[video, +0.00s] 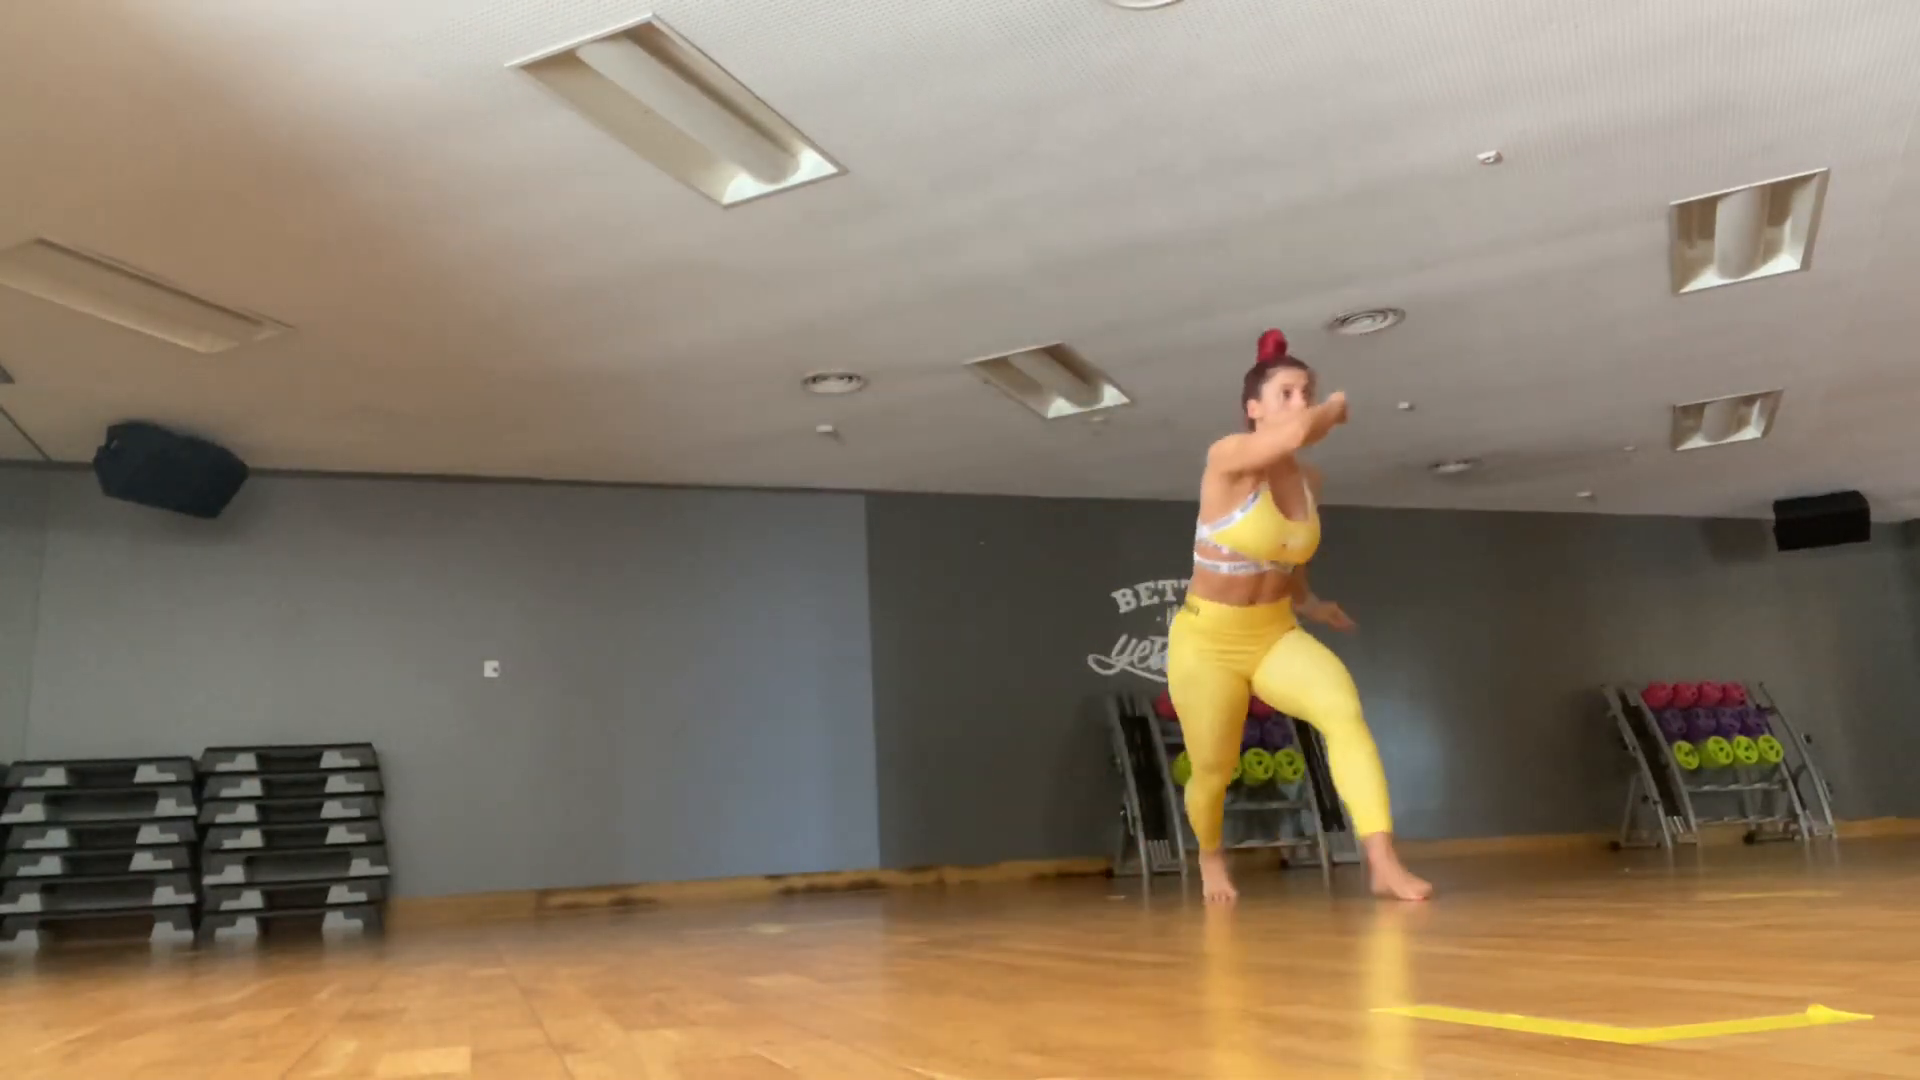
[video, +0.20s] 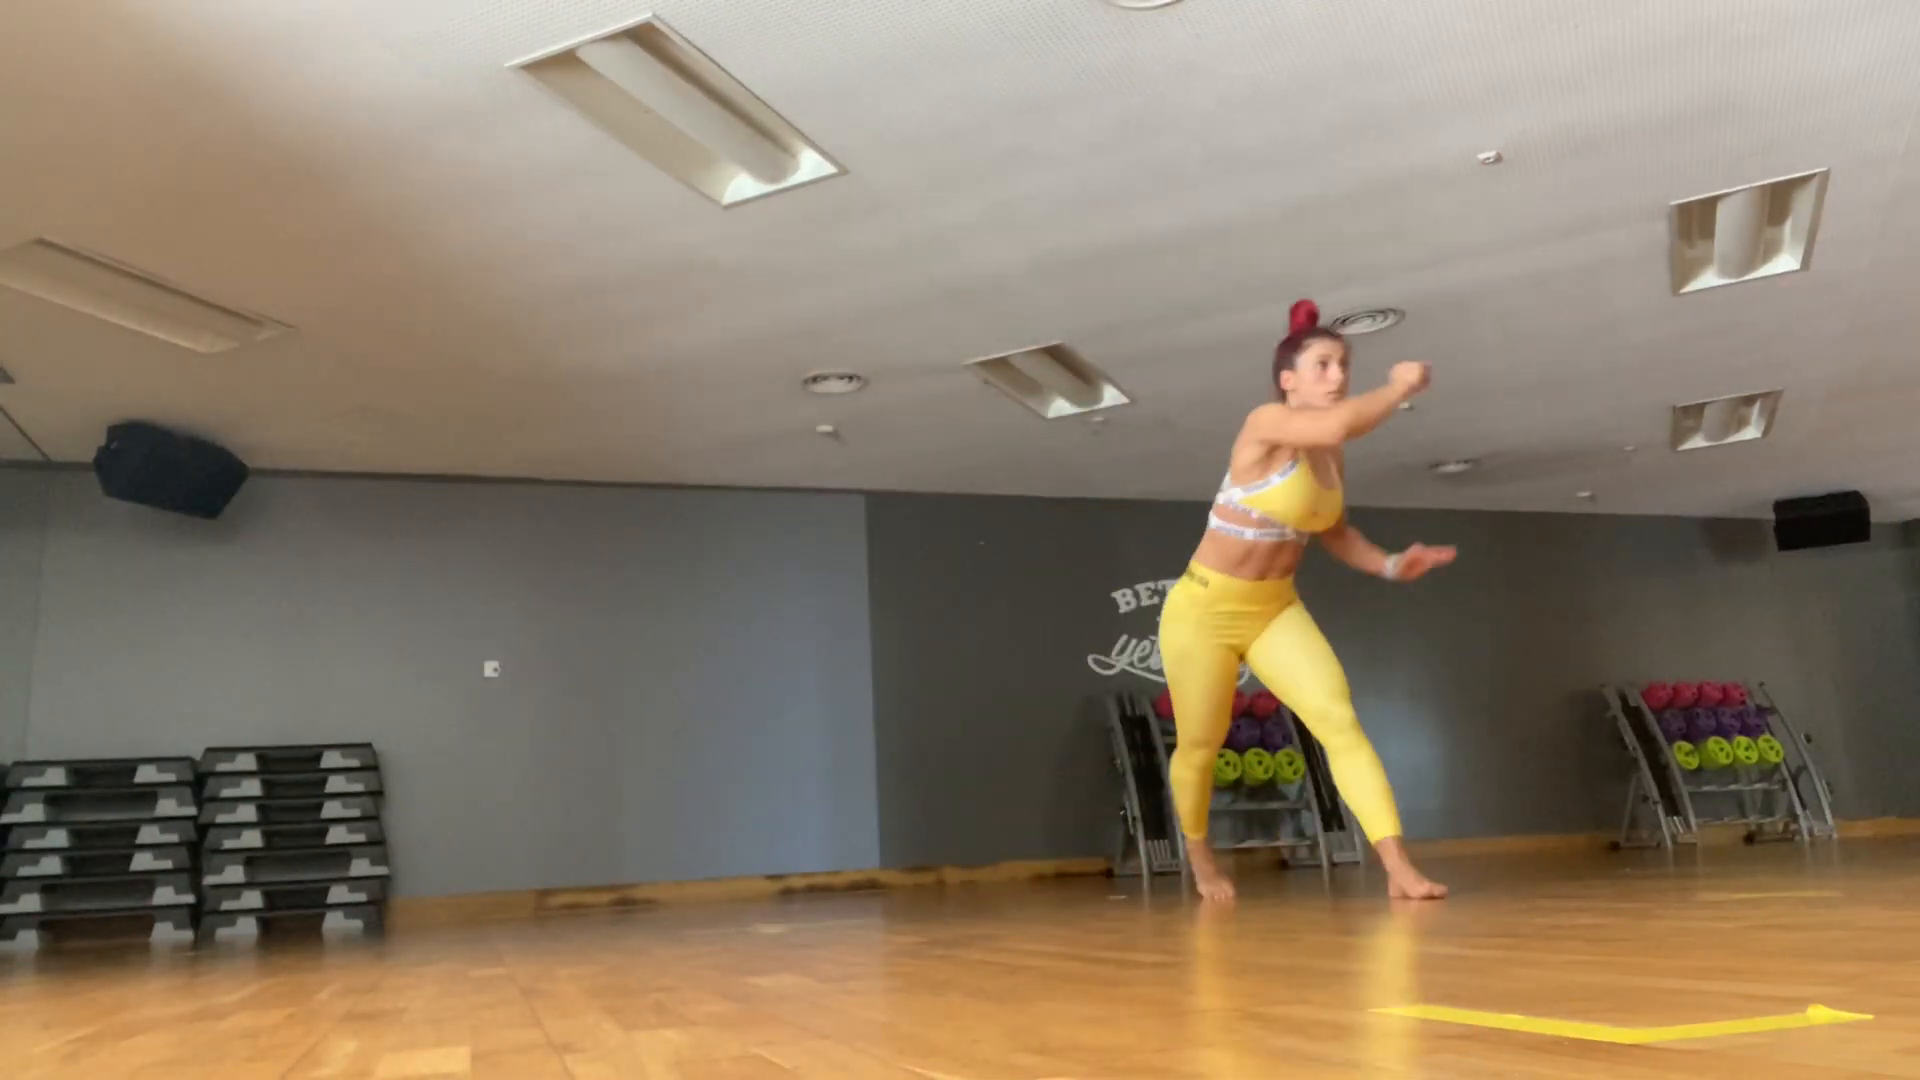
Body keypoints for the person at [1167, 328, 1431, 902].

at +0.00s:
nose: (1303, 405)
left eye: (1308, 394)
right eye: (1288, 394)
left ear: (1312, 403)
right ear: (1253, 408)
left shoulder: (1307, 477)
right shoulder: (1226, 457)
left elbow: (1288, 554)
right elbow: (1284, 439)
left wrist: (1309, 604)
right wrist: (1327, 413)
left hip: (1275, 637)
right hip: (1207, 641)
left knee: (1342, 709)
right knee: (1213, 769)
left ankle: (1382, 862)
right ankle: (1211, 861)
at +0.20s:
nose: (1337, 375)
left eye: (1342, 365)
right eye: (1321, 364)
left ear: (1348, 373)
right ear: (1287, 380)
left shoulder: (1328, 450)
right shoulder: (1262, 422)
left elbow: (1333, 532)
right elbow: (1334, 427)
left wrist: (1388, 566)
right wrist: (1395, 391)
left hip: (1276, 612)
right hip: (1204, 609)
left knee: (1338, 721)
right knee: (1200, 743)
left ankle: (1398, 868)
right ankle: (1198, 854)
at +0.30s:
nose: (1359, 374)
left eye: (1364, 363)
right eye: (1343, 362)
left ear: (1369, 375)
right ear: (1307, 376)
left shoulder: (1352, 459)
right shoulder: (1283, 425)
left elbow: (1368, 536)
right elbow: (1347, 467)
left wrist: (1417, 533)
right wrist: (1423, 424)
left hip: (1277, 609)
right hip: (1205, 601)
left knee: (1344, 717)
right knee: (1189, 751)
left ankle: (1400, 872)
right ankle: (1170, 851)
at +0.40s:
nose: (1367, 393)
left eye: (1373, 381)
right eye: (1351, 381)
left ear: (1380, 392)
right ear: (1314, 395)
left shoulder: (1370, 463)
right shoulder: (1285, 454)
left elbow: (1416, 551)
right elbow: (1335, 546)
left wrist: (1426, 496)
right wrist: (1420, 502)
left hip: (1276, 612)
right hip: (1202, 603)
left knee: (1353, 714)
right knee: (1156, 757)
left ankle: (1398, 870)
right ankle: (1125, 857)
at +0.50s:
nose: (1337, 403)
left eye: (1343, 389)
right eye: (1320, 391)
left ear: (1351, 399)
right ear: (1285, 406)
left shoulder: (1354, 464)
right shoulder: (1257, 467)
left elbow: (1398, 551)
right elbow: (1309, 560)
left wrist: (1443, 525)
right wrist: (1396, 510)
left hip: (1274, 614)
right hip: (1194, 607)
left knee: (1354, 715)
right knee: (1125, 743)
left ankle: (1397, 871)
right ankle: (1102, 869)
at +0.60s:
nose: (1271, 402)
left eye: (1276, 389)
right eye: (1253, 392)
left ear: (1287, 399)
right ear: (1221, 409)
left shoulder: (1304, 462)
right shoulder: (1199, 471)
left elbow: (1354, 547)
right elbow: (1264, 538)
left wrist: (1398, 606)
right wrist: (1326, 463)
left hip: (1267, 611)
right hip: (1183, 613)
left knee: (1349, 714)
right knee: (1106, 726)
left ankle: (1396, 872)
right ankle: (1092, 877)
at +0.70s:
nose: (1118, 414)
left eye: (1124, 400)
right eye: (1104, 406)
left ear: (1149, 403)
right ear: (1086, 424)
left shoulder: (1206, 462)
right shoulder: (1080, 486)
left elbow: (1268, 529)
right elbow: (1113, 466)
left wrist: (1332, 577)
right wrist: (1149, 389)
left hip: (1239, 607)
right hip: (1159, 627)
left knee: (1333, 714)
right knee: (1090, 724)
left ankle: (1386, 862)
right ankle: (1108, 879)